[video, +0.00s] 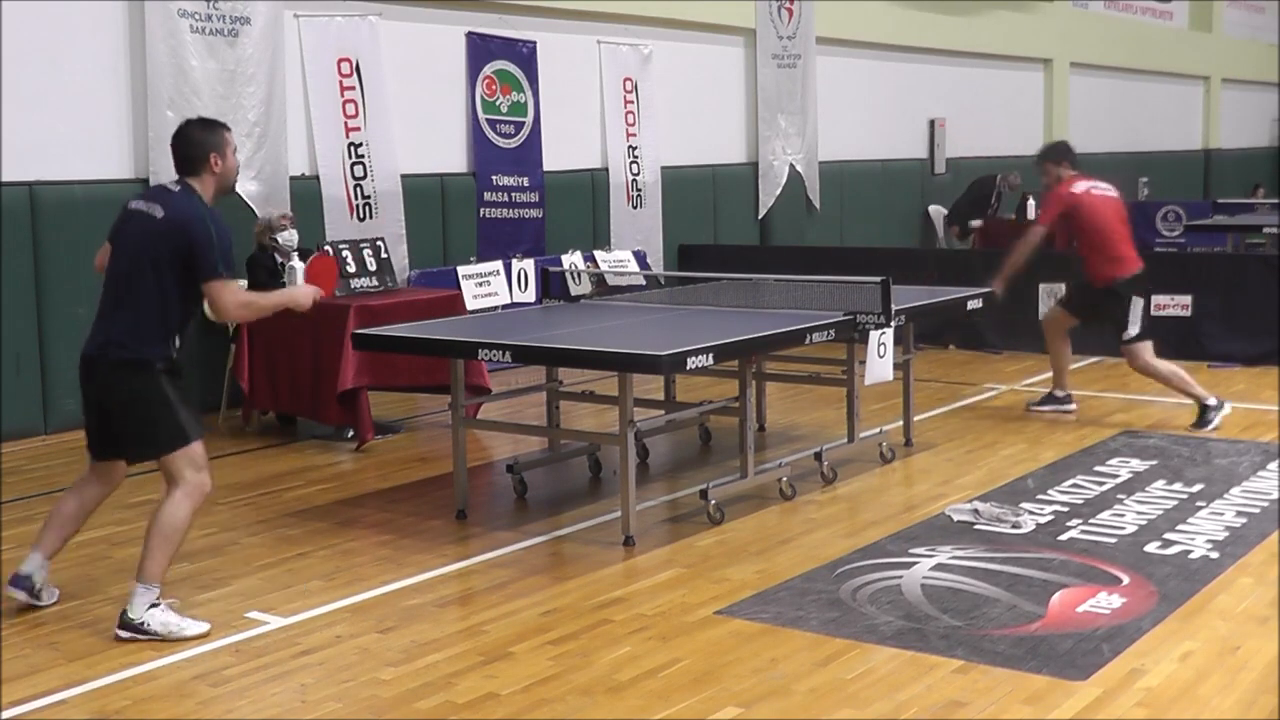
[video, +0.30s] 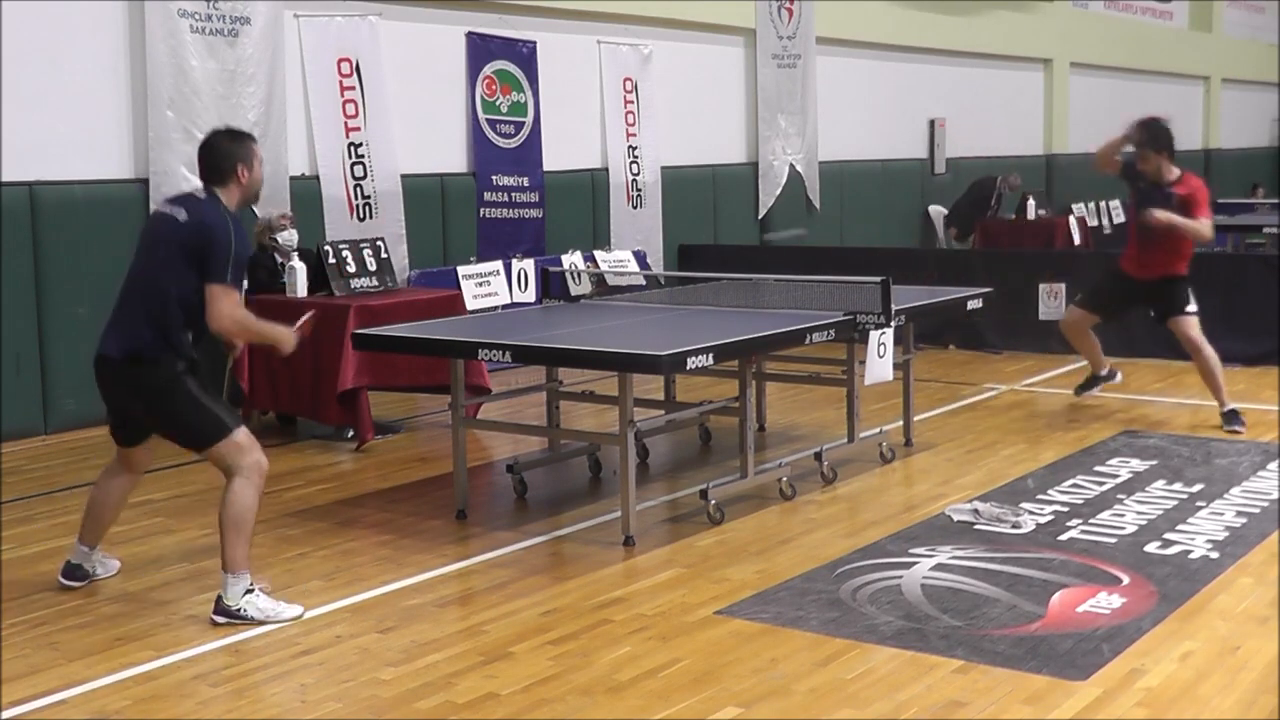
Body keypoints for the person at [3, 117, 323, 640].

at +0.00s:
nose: (237, 162)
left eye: (234, 152)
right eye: (233, 154)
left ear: (184, 161)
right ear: (216, 162)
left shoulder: (144, 201)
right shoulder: (202, 221)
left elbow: (104, 263)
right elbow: (227, 306)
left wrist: (171, 284)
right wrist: (288, 298)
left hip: (100, 362)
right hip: (139, 369)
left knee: (105, 472)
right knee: (192, 480)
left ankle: (31, 572)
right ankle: (143, 605)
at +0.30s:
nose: (260, 175)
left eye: (258, 165)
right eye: (258, 167)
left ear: (209, 171)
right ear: (243, 172)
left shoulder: (173, 208)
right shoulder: (223, 226)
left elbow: (175, 288)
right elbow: (224, 316)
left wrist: (230, 328)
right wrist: (279, 335)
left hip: (115, 361)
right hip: (154, 368)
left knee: (129, 461)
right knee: (249, 463)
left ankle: (80, 560)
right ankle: (237, 593)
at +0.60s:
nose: (231, 178)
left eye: (233, 172)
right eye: (232, 171)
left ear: (185, 156)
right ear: (218, 165)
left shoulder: (127, 168)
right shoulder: (214, 199)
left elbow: (66, 208)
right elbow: (217, 258)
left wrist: (99, 251)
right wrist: (237, 227)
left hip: (87, 323)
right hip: (137, 326)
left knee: (104, 436)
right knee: (160, 439)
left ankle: (88, 552)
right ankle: (171, 569)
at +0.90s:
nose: (193, 150)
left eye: (192, 141)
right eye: (191, 142)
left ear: (145, 141)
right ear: (175, 143)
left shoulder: (96, 171)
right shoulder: (177, 196)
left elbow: (35, 203)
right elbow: (182, 276)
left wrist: (19, 178)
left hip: (81, 332)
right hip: (133, 337)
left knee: (85, 433)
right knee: (189, 438)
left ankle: (49, 533)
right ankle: (179, 559)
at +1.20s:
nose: (249, 145)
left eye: (247, 136)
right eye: (246, 137)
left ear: (200, 141)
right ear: (230, 142)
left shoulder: (158, 179)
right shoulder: (231, 195)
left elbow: (126, 246)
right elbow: (249, 275)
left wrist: (151, 289)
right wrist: (293, 300)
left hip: (137, 332)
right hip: (186, 338)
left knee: (149, 424)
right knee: (257, 433)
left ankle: (107, 527)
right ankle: (203, 538)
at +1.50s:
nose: (347, 215)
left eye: (347, 207)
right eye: (345, 208)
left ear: (296, 208)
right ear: (332, 214)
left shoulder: (257, 236)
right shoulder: (323, 270)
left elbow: (232, 302)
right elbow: (337, 352)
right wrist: (377, 348)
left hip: (203, 385)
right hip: (249, 390)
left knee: (232, 464)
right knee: (358, 447)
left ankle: (163, 549)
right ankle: (357, 565)